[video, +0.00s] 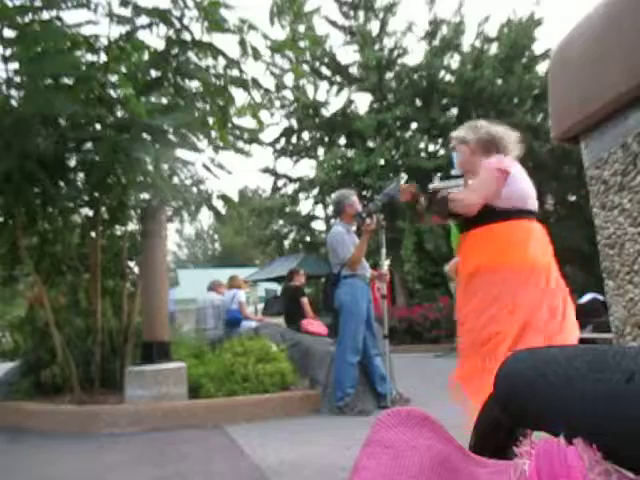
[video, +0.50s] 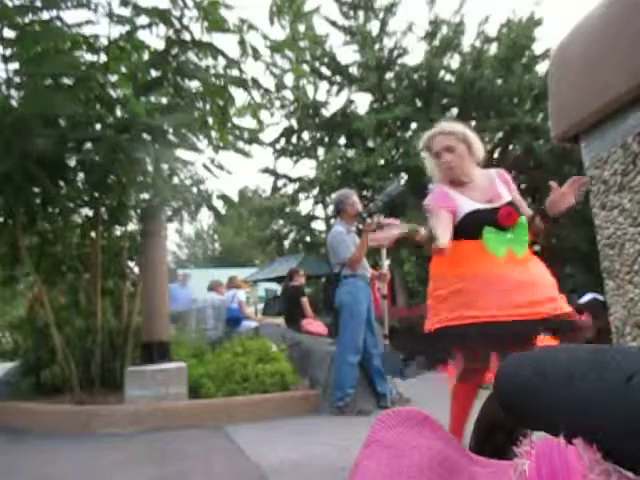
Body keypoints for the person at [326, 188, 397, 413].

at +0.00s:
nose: (360, 206)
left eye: (359, 202)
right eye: (355, 203)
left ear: (349, 208)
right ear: (345, 207)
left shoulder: (350, 233)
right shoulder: (337, 233)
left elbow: (358, 264)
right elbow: (352, 262)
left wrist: (374, 273)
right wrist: (365, 236)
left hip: (362, 284)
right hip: (350, 284)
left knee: (369, 343)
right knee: (350, 344)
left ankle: (386, 393)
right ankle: (344, 397)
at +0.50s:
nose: (360, 206)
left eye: (359, 202)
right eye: (356, 203)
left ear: (350, 207)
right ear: (345, 208)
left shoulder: (352, 233)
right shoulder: (337, 234)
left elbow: (357, 264)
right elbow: (353, 262)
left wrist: (374, 274)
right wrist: (365, 235)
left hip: (363, 284)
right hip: (350, 284)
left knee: (370, 343)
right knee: (351, 343)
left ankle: (385, 393)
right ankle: (343, 398)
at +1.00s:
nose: (361, 207)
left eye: (359, 203)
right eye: (356, 203)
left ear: (351, 207)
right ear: (346, 207)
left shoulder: (352, 233)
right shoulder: (338, 233)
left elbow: (358, 264)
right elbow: (353, 262)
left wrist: (374, 274)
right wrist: (367, 236)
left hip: (363, 284)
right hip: (350, 284)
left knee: (370, 342)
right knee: (351, 342)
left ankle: (384, 392)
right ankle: (344, 397)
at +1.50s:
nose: (361, 206)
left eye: (360, 202)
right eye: (356, 202)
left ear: (351, 207)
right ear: (346, 207)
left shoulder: (352, 232)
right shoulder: (338, 233)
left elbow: (358, 266)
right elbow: (353, 262)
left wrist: (375, 274)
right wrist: (367, 235)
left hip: (363, 285)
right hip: (351, 285)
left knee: (370, 344)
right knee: (351, 344)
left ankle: (386, 392)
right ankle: (344, 398)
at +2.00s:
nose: (361, 207)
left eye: (360, 203)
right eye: (357, 203)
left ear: (353, 207)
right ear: (346, 207)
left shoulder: (353, 232)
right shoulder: (338, 233)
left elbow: (358, 264)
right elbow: (353, 263)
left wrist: (375, 274)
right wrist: (367, 235)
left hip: (364, 284)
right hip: (351, 284)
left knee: (370, 342)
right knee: (351, 343)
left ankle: (383, 393)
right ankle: (344, 398)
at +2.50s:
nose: (361, 211)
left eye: (360, 206)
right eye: (357, 206)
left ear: (349, 209)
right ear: (346, 209)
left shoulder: (352, 232)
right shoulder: (339, 233)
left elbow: (358, 266)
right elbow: (352, 262)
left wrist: (375, 274)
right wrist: (367, 235)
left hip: (363, 284)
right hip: (350, 284)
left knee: (370, 343)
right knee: (350, 344)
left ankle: (385, 393)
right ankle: (344, 398)